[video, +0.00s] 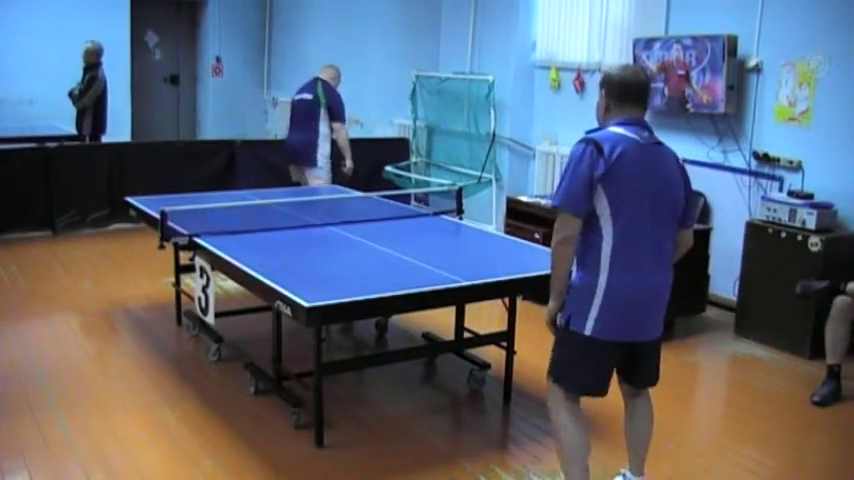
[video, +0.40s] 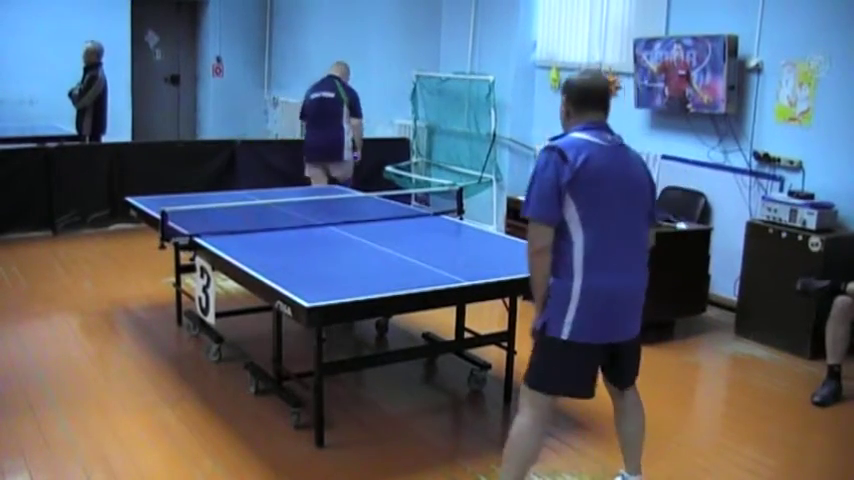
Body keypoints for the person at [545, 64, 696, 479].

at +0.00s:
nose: (597, 104)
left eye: (599, 98)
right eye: (601, 98)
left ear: (604, 100)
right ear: (644, 104)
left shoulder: (595, 149)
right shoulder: (670, 159)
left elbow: (565, 232)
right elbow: (684, 239)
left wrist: (556, 296)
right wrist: (648, 268)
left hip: (598, 302)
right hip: (650, 303)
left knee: (561, 392)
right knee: (637, 389)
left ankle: (576, 476)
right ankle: (635, 474)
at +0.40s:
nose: (560, 111)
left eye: (561, 105)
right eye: (563, 105)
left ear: (566, 107)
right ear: (605, 108)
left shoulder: (559, 155)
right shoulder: (635, 161)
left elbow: (540, 243)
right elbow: (645, 238)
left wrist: (541, 305)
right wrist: (620, 287)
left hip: (575, 308)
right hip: (627, 308)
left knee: (534, 403)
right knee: (624, 388)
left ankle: (509, 475)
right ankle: (632, 474)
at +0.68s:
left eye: (517, 98)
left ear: (517, 101)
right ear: (562, 101)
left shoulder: (502, 155)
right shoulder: (595, 156)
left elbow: (477, 240)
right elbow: (616, 232)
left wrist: (475, 304)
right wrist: (588, 273)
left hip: (525, 307)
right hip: (586, 305)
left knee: (499, 399)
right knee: (599, 389)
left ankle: (495, 475)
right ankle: (613, 474)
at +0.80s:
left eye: (508, 93)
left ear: (508, 97)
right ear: (554, 96)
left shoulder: (492, 152)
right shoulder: (587, 154)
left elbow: (461, 237)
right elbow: (608, 230)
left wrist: (450, 302)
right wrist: (581, 272)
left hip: (513, 307)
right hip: (575, 305)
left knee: (497, 401)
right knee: (586, 391)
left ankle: (495, 476)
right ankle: (595, 475)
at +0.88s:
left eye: (505, 92)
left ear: (505, 96)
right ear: (553, 94)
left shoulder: (489, 152)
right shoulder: (583, 153)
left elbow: (455, 237)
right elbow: (606, 226)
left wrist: (438, 302)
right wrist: (589, 266)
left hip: (509, 308)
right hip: (570, 305)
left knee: (495, 399)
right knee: (580, 392)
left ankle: (495, 476)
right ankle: (588, 475)